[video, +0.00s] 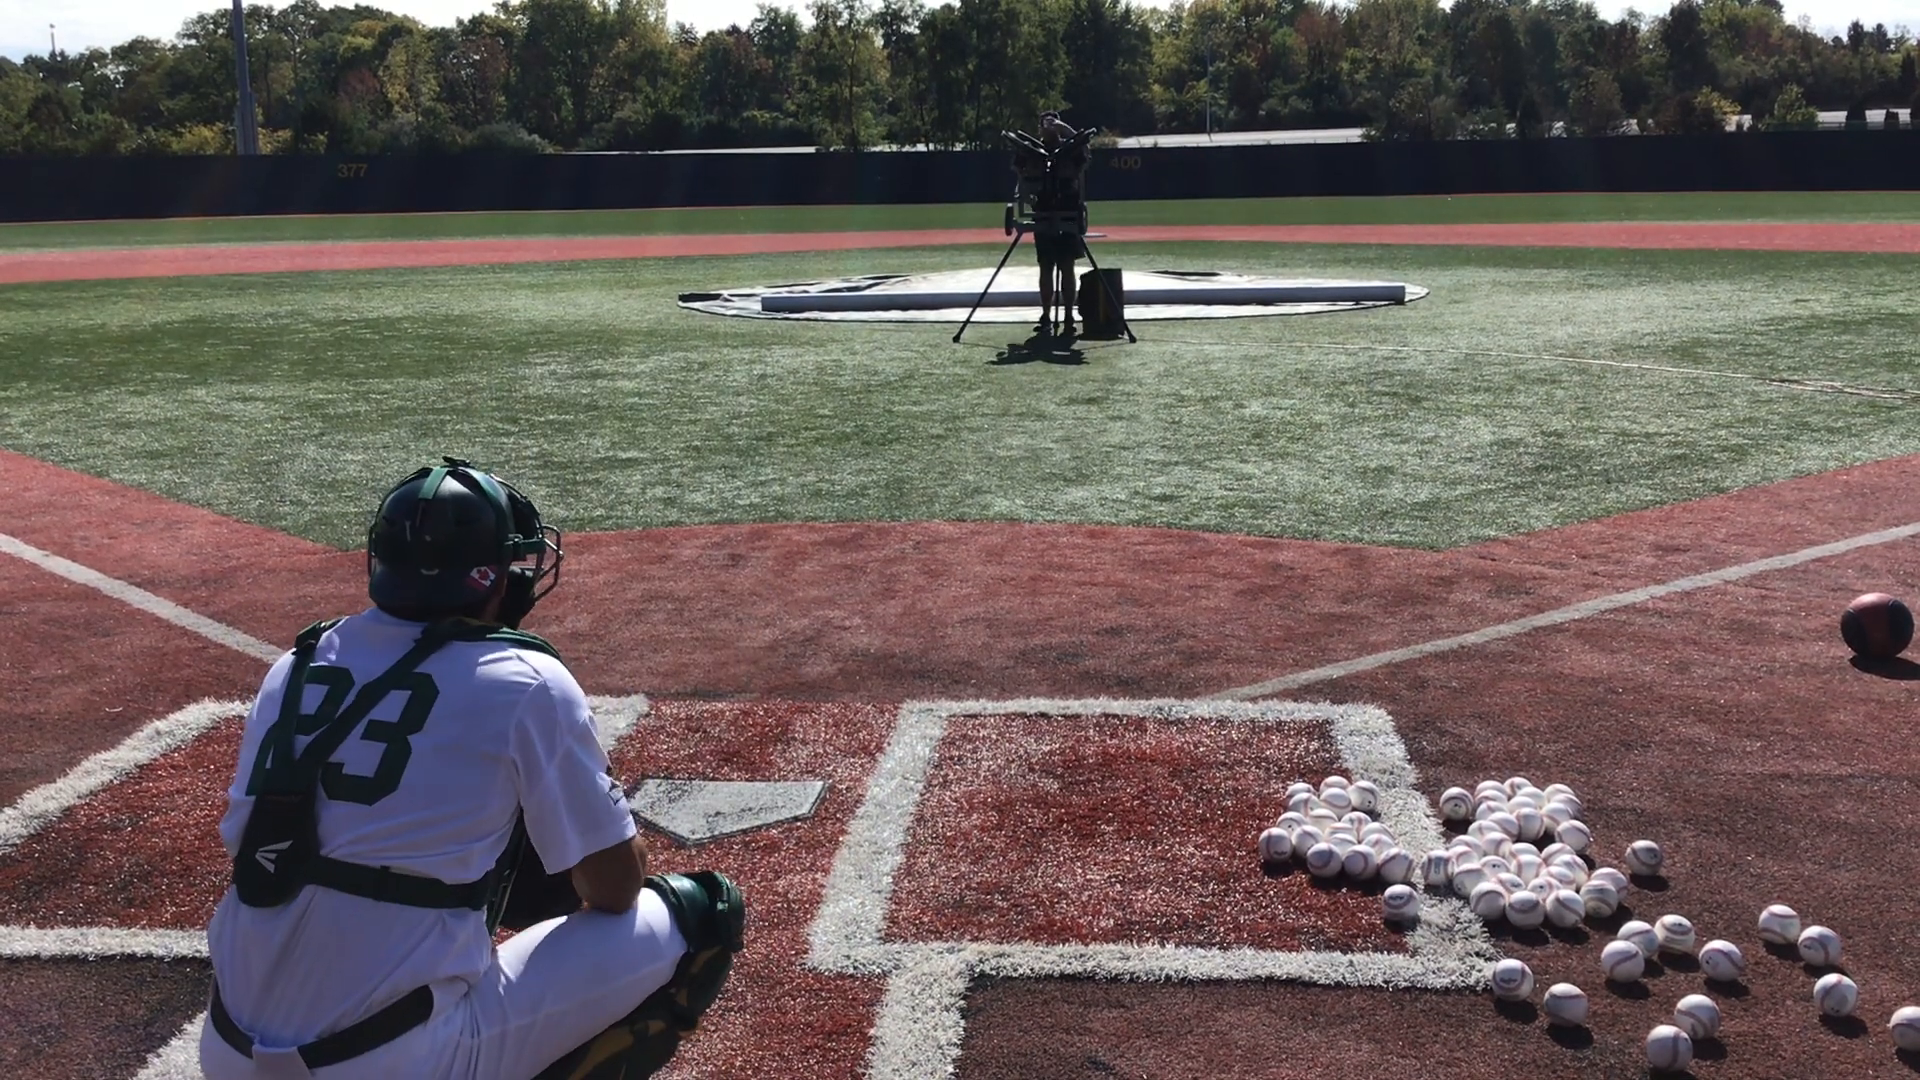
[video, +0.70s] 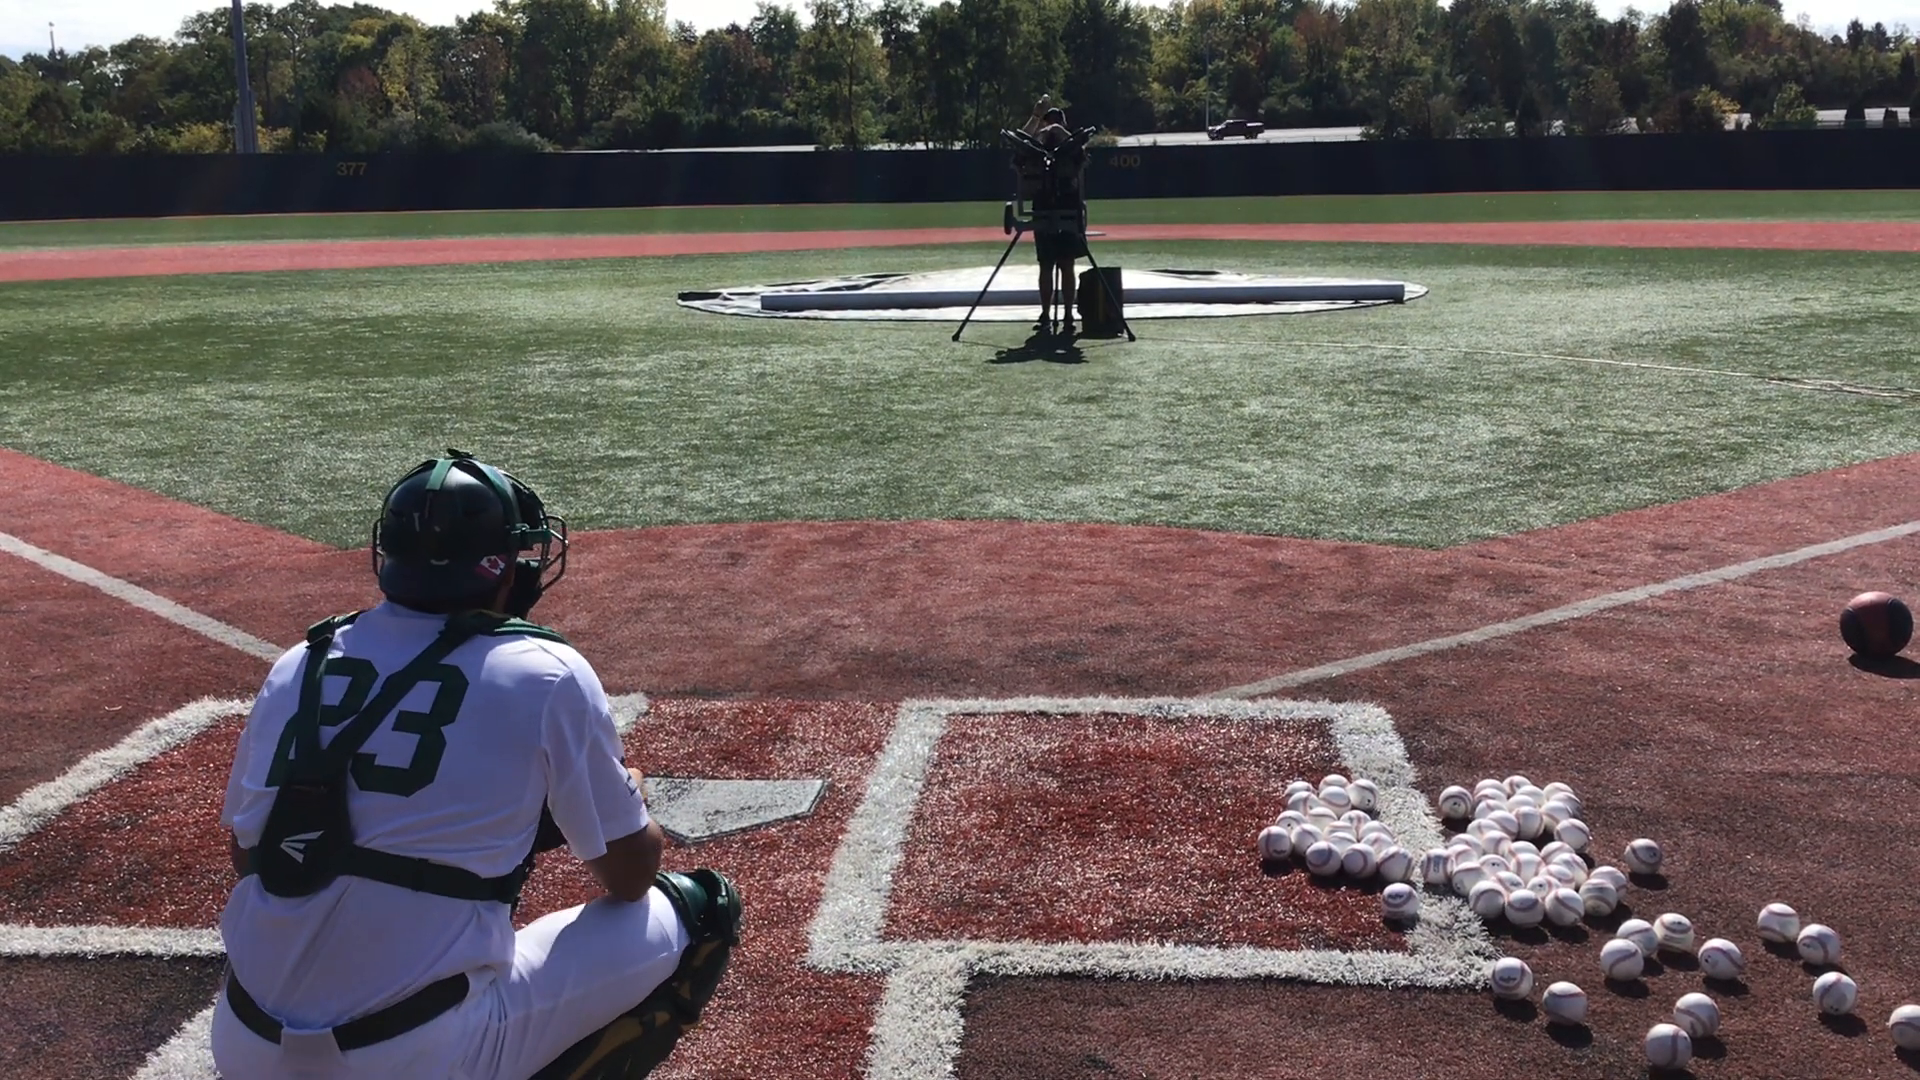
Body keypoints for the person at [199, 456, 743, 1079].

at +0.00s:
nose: (523, 576)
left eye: (520, 561)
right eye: (515, 565)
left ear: (384, 566)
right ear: (490, 583)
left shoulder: (300, 660)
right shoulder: (526, 683)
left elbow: (242, 838)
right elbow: (613, 888)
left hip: (232, 1045)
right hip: (398, 1058)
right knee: (703, 911)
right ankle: (563, 1064)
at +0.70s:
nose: (530, 565)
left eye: (526, 550)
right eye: (521, 553)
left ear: (390, 560)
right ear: (498, 575)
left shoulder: (303, 660)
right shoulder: (545, 675)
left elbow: (247, 845)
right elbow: (627, 873)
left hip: (245, 1042)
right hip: (416, 1056)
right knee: (701, 907)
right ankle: (560, 1070)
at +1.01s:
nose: (536, 443)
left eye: (532, 427)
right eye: (529, 429)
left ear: (402, 433)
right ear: (510, 441)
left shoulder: (327, 519)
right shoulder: (558, 521)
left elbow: (245, 700)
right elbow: (711, 697)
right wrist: (608, 684)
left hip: (269, 880)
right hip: (446, 888)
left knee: (243, 793)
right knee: (705, 824)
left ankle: (255, 1068)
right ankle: (620, 1066)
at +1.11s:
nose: (548, 457)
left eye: (543, 441)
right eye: (541, 442)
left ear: (414, 449)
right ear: (520, 452)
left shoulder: (332, 543)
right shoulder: (565, 532)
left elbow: (268, 703)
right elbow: (727, 710)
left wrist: (503, 711)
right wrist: (627, 701)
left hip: (275, 878)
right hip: (469, 882)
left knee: (224, 819)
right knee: (720, 869)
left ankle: (153, 1064)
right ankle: (710, 1061)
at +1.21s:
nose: (548, 499)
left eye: (544, 483)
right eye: (543, 484)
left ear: (414, 486)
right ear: (525, 492)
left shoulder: (339, 578)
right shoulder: (563, 570)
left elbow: (279, 733)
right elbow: (733, 740)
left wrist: (517, 747)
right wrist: (632, 742)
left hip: (272, 916)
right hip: (464, 921)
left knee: (201, 827)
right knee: (725, 859)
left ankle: (170, 1066)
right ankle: (694, 1066)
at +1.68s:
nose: (512, 558)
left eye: (510, 542)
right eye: (503, 545)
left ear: (378, 554)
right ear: (476, 565)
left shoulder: (312, 631)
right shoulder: (478, 657)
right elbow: (693, 789)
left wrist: (530, 822)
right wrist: (593, 821)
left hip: (154, 997)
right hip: (290, 1016)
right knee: (636, 861)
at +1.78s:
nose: (509, 568)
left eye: (507, 552)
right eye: (500, 555)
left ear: (373, 567)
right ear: (474, 578)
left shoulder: (310, 638)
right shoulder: (466, 669)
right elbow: (683, 803)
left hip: (164, 1005)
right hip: (282, 1023)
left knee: (453, 825)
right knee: (622, 865)